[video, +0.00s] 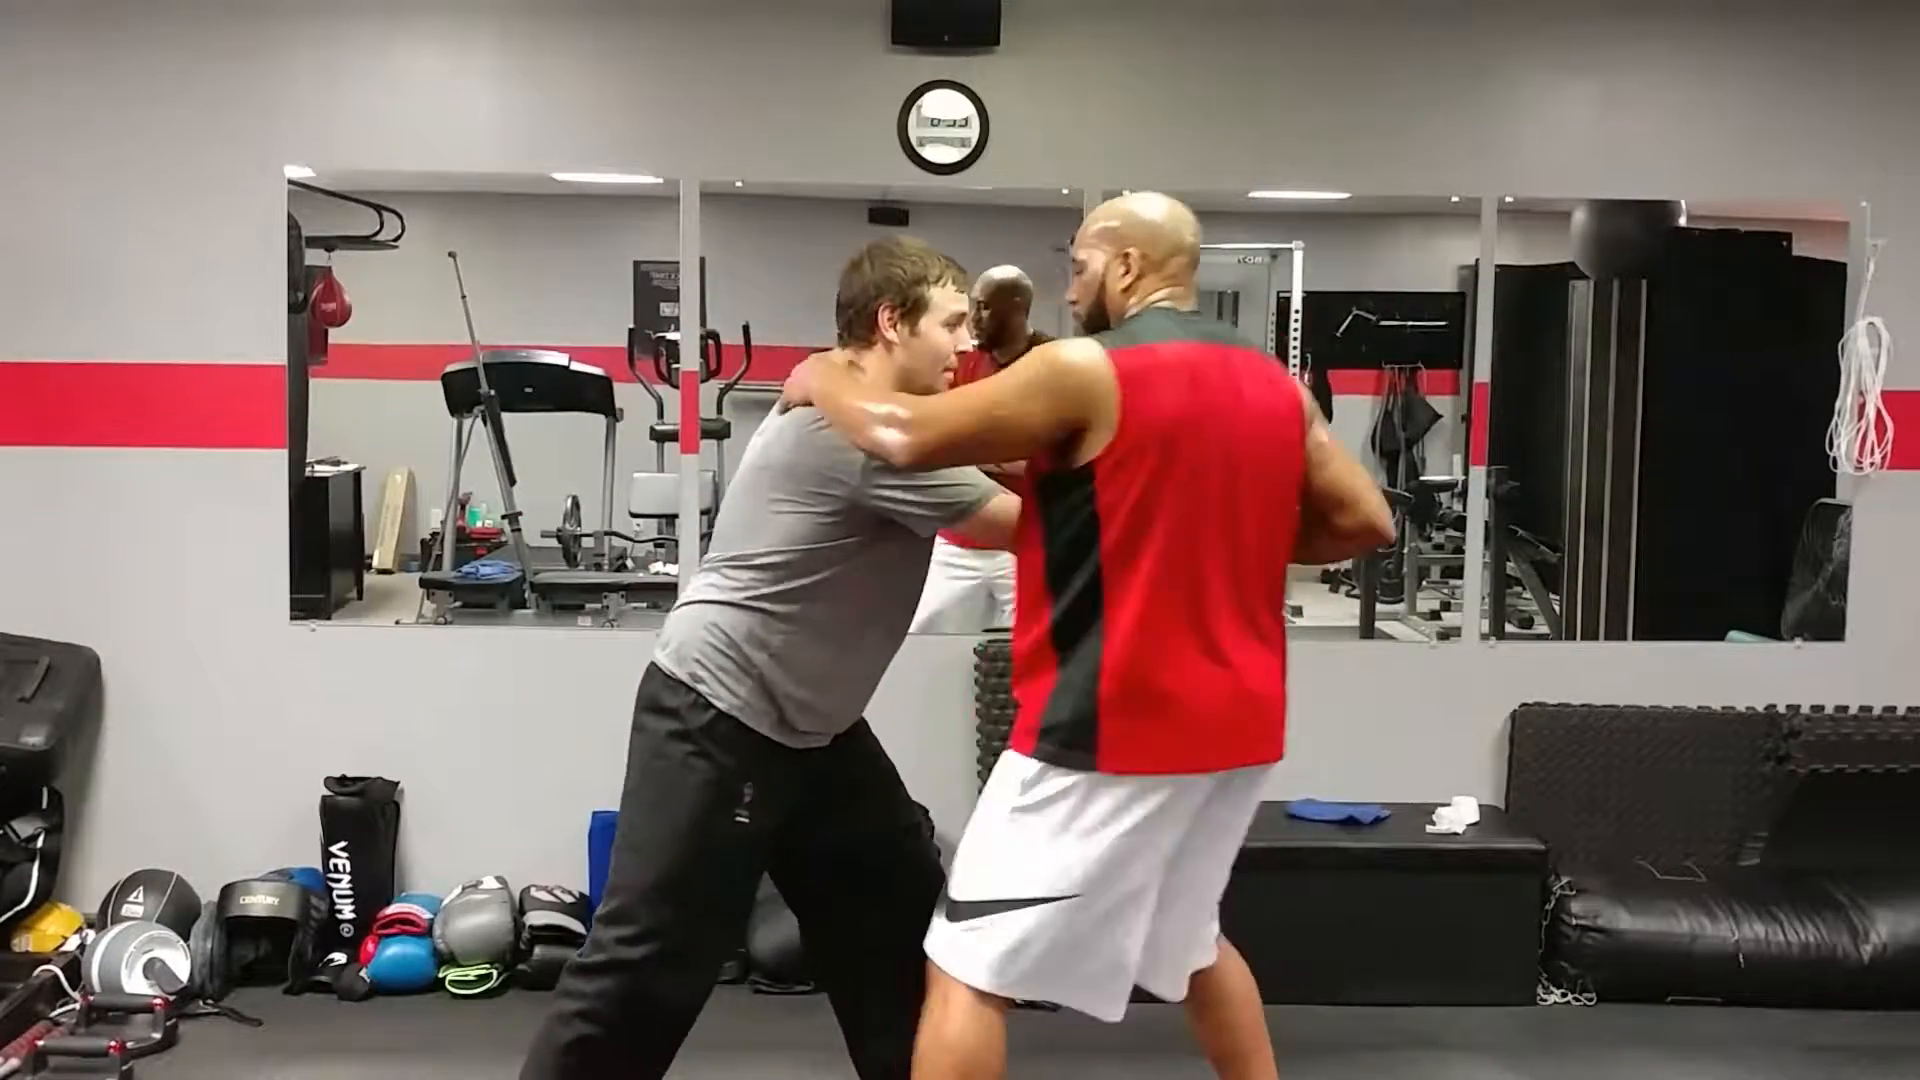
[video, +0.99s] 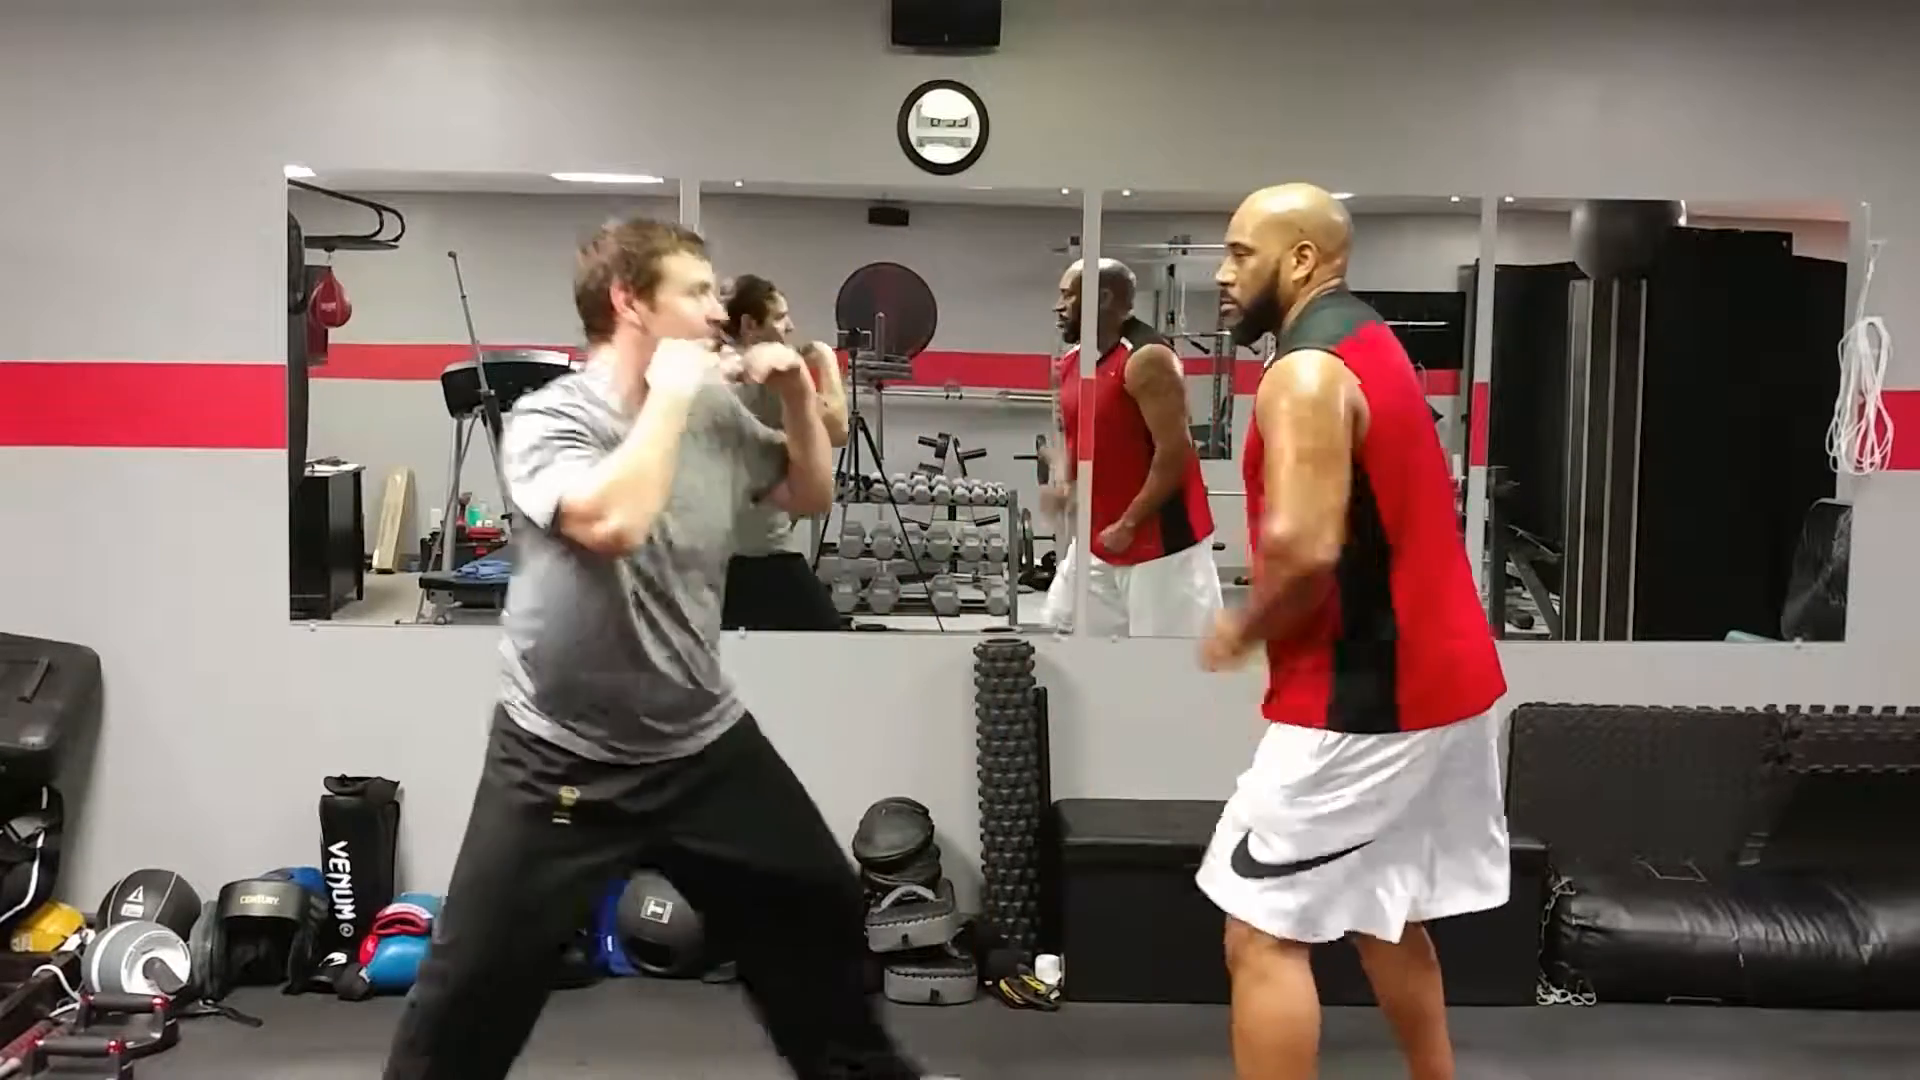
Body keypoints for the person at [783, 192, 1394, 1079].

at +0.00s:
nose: (1071, 280)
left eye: (1079, 263)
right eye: (1073, 263)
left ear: (1125, 267)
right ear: (1182, 272)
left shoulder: (1083, 370)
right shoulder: (1273, 383)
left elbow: (906, 436)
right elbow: (1364, 522)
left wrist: (827, 382)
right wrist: (1243, 534)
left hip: (1101, 724)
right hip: (1241, 721)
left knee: (968, 969)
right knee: (1191, 937)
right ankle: (1258, 1076)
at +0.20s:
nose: (1121, 263)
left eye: (1133, 241)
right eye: (1123, 242)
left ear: (1187, 240)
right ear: (1214, 244)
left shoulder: (1171, 347)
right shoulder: (1309, 345)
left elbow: (1017, 429)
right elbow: (1385, 495)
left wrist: (867, 404)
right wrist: (1281, 546)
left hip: (1200, 683)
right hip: (1336, 685)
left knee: (1033, 899)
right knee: (1258, 934)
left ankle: (1071, 1074)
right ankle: (1284, 1079)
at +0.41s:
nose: (1146, 252)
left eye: (1161, 230)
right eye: (1149, 231)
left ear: (1223, 233)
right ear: (1240, 238)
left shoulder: (1218, 344)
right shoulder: (1313, 327)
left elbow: (1078, 459)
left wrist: (922, 492)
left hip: (1254, 691)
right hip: (1341, 679)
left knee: (1169, 935)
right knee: (1266, 925)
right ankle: (1286, 1078)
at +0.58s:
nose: (1159, 275)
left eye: (1175, 256)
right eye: (1161, 256)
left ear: (1241, 257)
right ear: (1256, 260)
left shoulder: (1248, 374)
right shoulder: (1329, 348)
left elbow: (1182, 549)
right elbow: (1314, 518)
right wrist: (1212, 599)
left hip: (1294, 717)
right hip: (1377, 704)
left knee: (1210, 953)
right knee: (1312, 956)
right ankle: (1359, 1076)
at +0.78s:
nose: (1198, 283)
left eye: (1214, 264)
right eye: (1199, 264)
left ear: (1278, 268)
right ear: (1288, 270)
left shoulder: (1310, 388)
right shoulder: (1348, 356)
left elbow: (1363, 568)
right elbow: (1374, 552)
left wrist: (1272, 708)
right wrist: (1272, 698)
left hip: (1347, 718)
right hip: (1408, 710)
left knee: (1216, 927)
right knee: (1374, 928)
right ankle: (1431, 1072)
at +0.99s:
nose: (1225, 272)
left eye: (1242, 254)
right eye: (1228, 253)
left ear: (1305, 262)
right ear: (1316, 264)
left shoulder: (1310, 369)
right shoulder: (1365, 344)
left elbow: (1305, 549)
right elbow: (1384, 526)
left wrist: (1245, 626)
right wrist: (1283, 613)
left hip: (1360, 697)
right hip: (1436, 685)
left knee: (1260, 927)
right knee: (1383, 907)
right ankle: (1435, 1071)